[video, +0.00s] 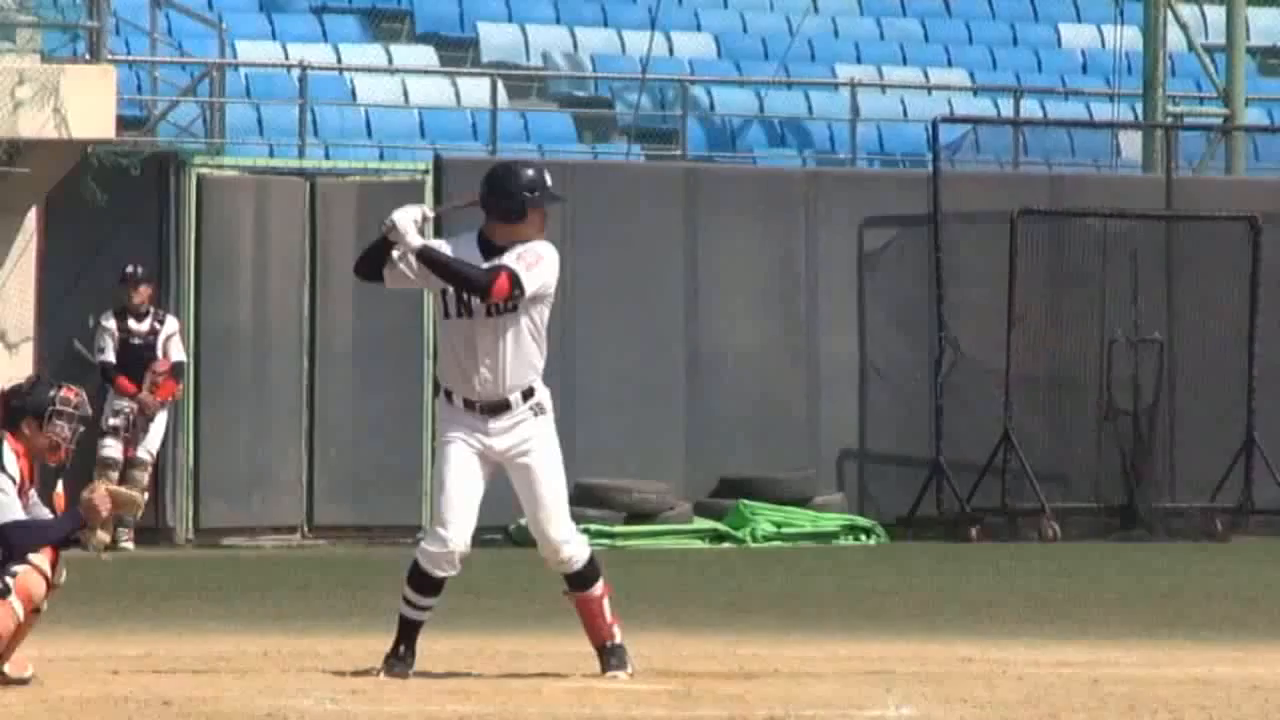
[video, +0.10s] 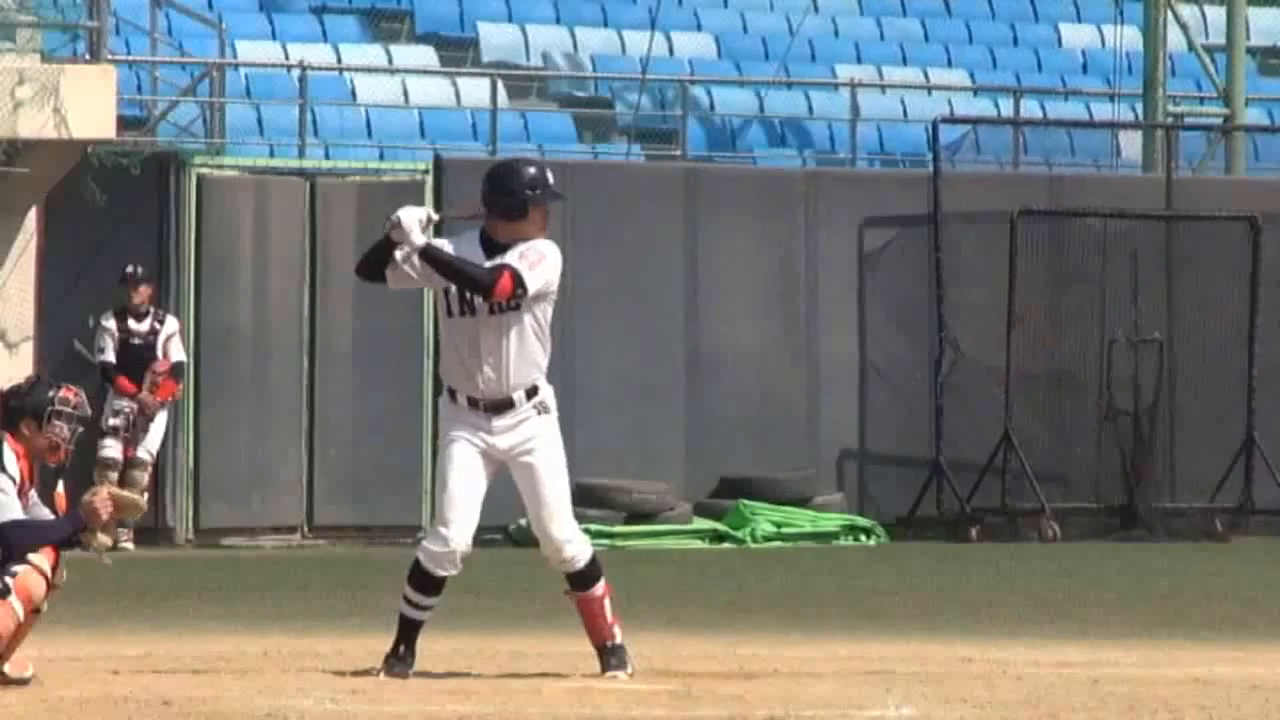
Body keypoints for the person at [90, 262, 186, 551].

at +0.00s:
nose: (134, 293)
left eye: (140, 287)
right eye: (130, 287)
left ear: (151, 290)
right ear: (123, 290)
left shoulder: (168, 324)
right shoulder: (110, 322)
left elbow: (177, 368)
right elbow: (107, 367)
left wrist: (160, 397)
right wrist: (137, 394)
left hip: (153, 399)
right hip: (120, 396)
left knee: (141, 461)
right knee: (109, 457)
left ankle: (126, 529)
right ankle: (102, 526)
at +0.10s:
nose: (134, 293)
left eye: (140, 287)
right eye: (130, 287)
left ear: (151, 290)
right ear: (124, 290)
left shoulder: (168, 324)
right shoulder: (110, 322)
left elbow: (178, 368)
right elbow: (107, 367)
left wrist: (159, 397)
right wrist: (137, 394)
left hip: (153, 399)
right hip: (120, 396)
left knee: (140, 462)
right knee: (108, 457)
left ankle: (126, 529)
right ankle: (103, 527)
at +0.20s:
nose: (134, 293)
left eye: (140, 287)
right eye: (130, 287)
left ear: (150, 291)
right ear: (124, 290)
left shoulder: (168, 324)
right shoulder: (110, 322)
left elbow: (177, 369)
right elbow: (106, 367)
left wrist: (157, 397)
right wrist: (137, 394)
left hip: (153, 399)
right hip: (120, 396)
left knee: (140, 463)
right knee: (108, 458)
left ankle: (128, 533)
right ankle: (104, 530)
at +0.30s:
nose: (134, 292)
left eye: (139, 286)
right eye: (129, 287)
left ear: (150, 290)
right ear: (122, 290)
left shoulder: (168, 324)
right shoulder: (109, 322)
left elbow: (178, 367)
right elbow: (106, 367)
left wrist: (158, 398)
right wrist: (137, 394)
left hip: (155, 397)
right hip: (120, 393)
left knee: (141, 460)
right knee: (109, 455)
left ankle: (129, 524)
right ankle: (106, 521)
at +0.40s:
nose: (133, 292)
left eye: (139, 287)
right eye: (129, 287)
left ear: (150, 290)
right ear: (123, 290)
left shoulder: (168, 325)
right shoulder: (110, 322)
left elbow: (177, 369)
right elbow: (106, 367)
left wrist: (159, 397)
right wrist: (137, 394)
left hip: (153, 399)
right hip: (120, 395)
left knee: (140, 462)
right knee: (108, 457)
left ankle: (125, 530)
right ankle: (105, 525)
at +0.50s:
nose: (133, 293)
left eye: (139, 287)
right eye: (129, 287)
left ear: (150, 290)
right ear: (123, 290)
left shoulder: (168, 324)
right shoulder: (110, 322)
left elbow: (177, 369)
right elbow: (107, 368)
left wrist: (158, 398)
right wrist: (137, 394)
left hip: (154, 399)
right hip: (120, 395)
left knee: (141, 461)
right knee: (108, 456)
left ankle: (125, 530)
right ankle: (105, 526)